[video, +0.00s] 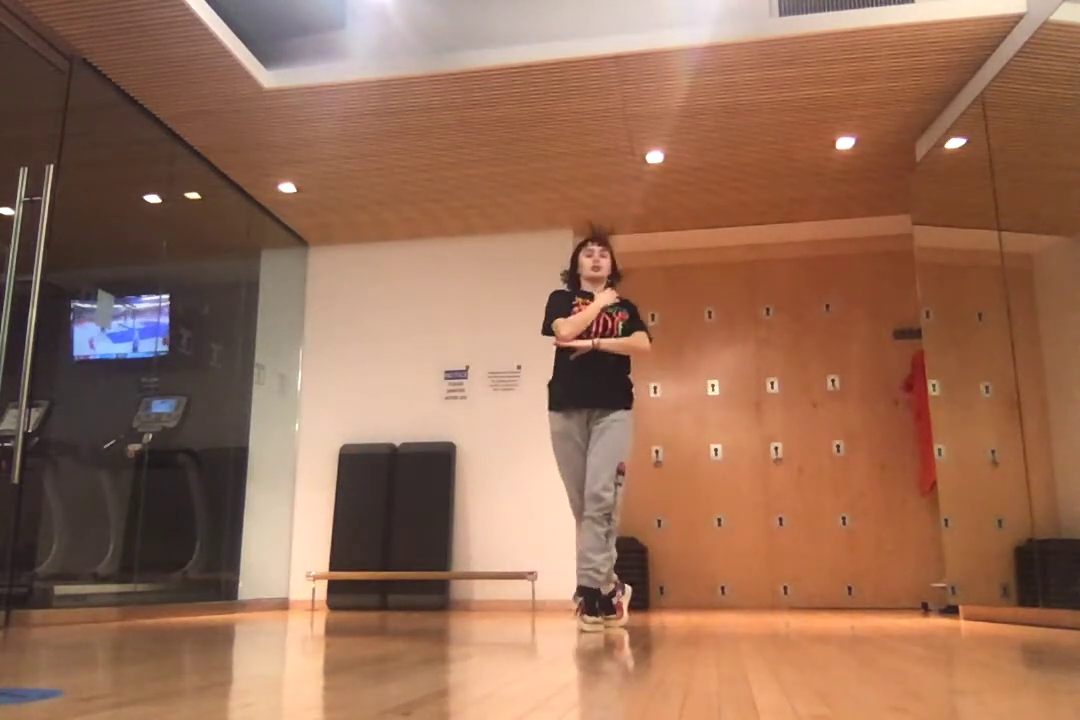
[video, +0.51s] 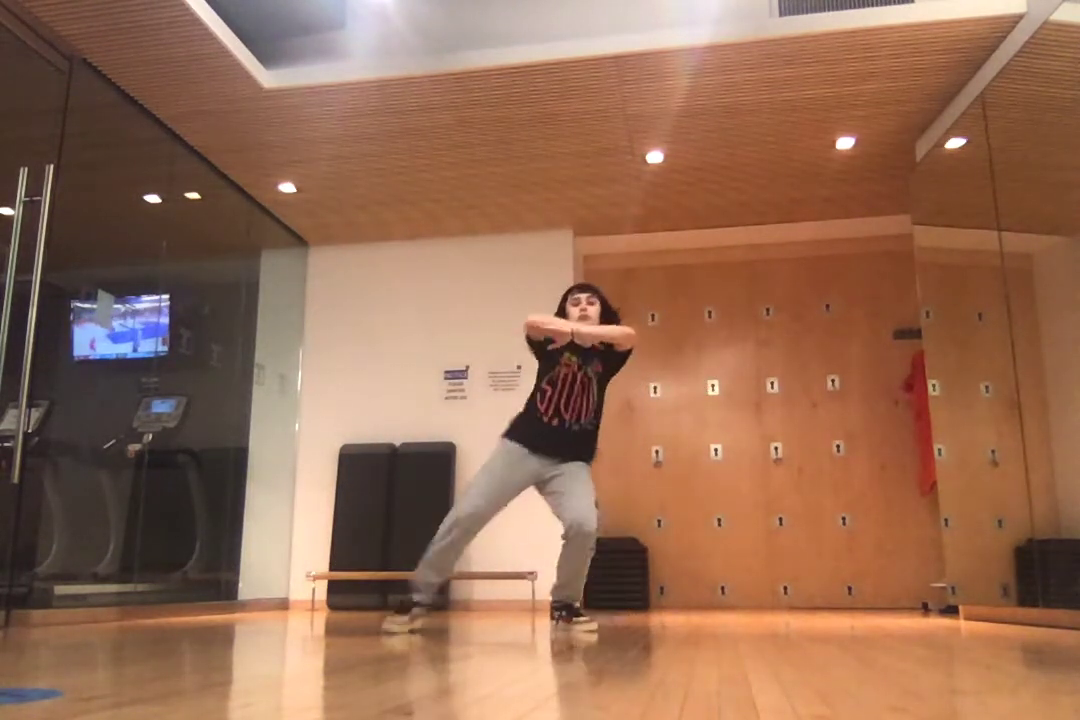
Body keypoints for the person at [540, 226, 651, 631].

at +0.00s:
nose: (597, 257)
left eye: (603, 253)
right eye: (589, 253)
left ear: (611, 263)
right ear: (576, 262)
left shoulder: (622, 305)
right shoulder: (562, 298)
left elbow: (643, 344)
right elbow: (562, 332)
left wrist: (592, 343)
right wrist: (600, 303)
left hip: (613, 410)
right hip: (566, 410)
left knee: (601, 499)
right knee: (582, 503)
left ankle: (589, 592)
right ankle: (610, 586)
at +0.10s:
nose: (596, 267)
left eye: (603, 262)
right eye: (589, 261)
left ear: (611, 271)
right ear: (576, 268)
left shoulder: (620, 310)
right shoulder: (560, 302)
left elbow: (641, 343)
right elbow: (560, 329)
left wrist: (592, 336)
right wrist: (607, 309)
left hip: (607, 417)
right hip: (560, 416)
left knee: (594, 504)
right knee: (575, 509)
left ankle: (577, 591)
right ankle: (603, 590)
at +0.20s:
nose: (598, 288)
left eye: (604, 282)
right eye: (590, 282)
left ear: (614, 293)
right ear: (575, 291)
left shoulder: (618, 330)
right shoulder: (561, 323)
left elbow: (644, 336)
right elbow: (555, 325)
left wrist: (595, 330)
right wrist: (602, 327)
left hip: (598, 434)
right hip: (554, 433)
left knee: (591, 515)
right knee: (567, 522)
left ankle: (568, 598)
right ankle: (604, 597)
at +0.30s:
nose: (597, 298)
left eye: (603, 294)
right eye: (589, 293)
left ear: (614, 306)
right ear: (575, 304)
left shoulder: (614, 347)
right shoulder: (558, 336)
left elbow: (640, 337)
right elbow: (552, 326)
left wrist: (591, 334)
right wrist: (598, 331)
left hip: (591, 447)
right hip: (545, 445)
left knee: (592, 519)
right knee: (546, 533)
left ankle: (569, 598)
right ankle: (593, 582)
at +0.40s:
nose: (589, 300)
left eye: (596, 296)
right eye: (581, 296)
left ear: (608, 306)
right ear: (569, 306)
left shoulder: (608, 349)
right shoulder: (551, 340)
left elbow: (634, 336)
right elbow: (543, 321)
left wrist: (584, 328)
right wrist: (589, 329)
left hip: (582, 459)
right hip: (533, 450)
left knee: (586, 523)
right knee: (488, 499)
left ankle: (567, 604)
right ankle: (499, 582)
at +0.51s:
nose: (584, 307)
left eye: (591, 303)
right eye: (576, 303)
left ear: (604, 312)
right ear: (563, 313)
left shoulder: (607, 357)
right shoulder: (550, 345)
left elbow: (630, 336)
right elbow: (532, 323)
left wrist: (580, 331)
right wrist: (573, 328)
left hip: (570, 462)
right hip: (522, 449)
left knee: (584, 526)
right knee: (465, 516)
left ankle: (565, 606)